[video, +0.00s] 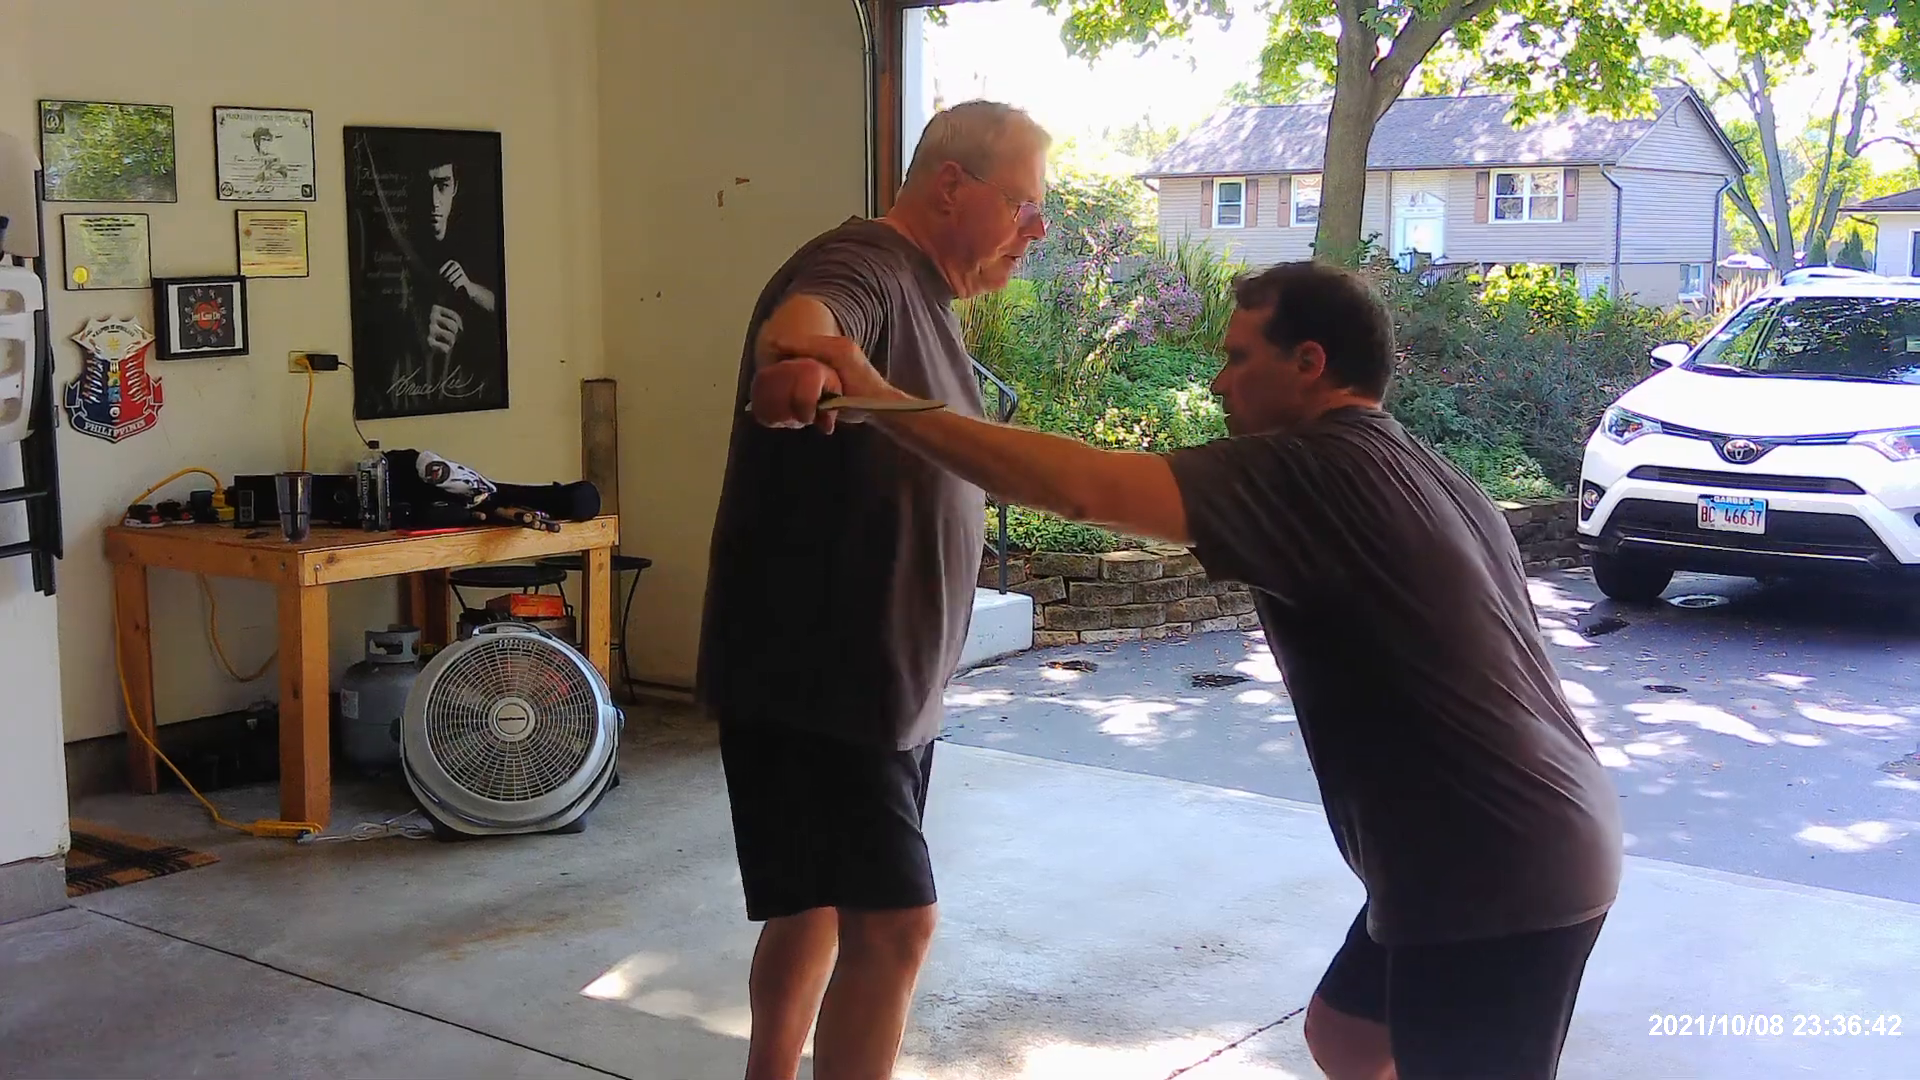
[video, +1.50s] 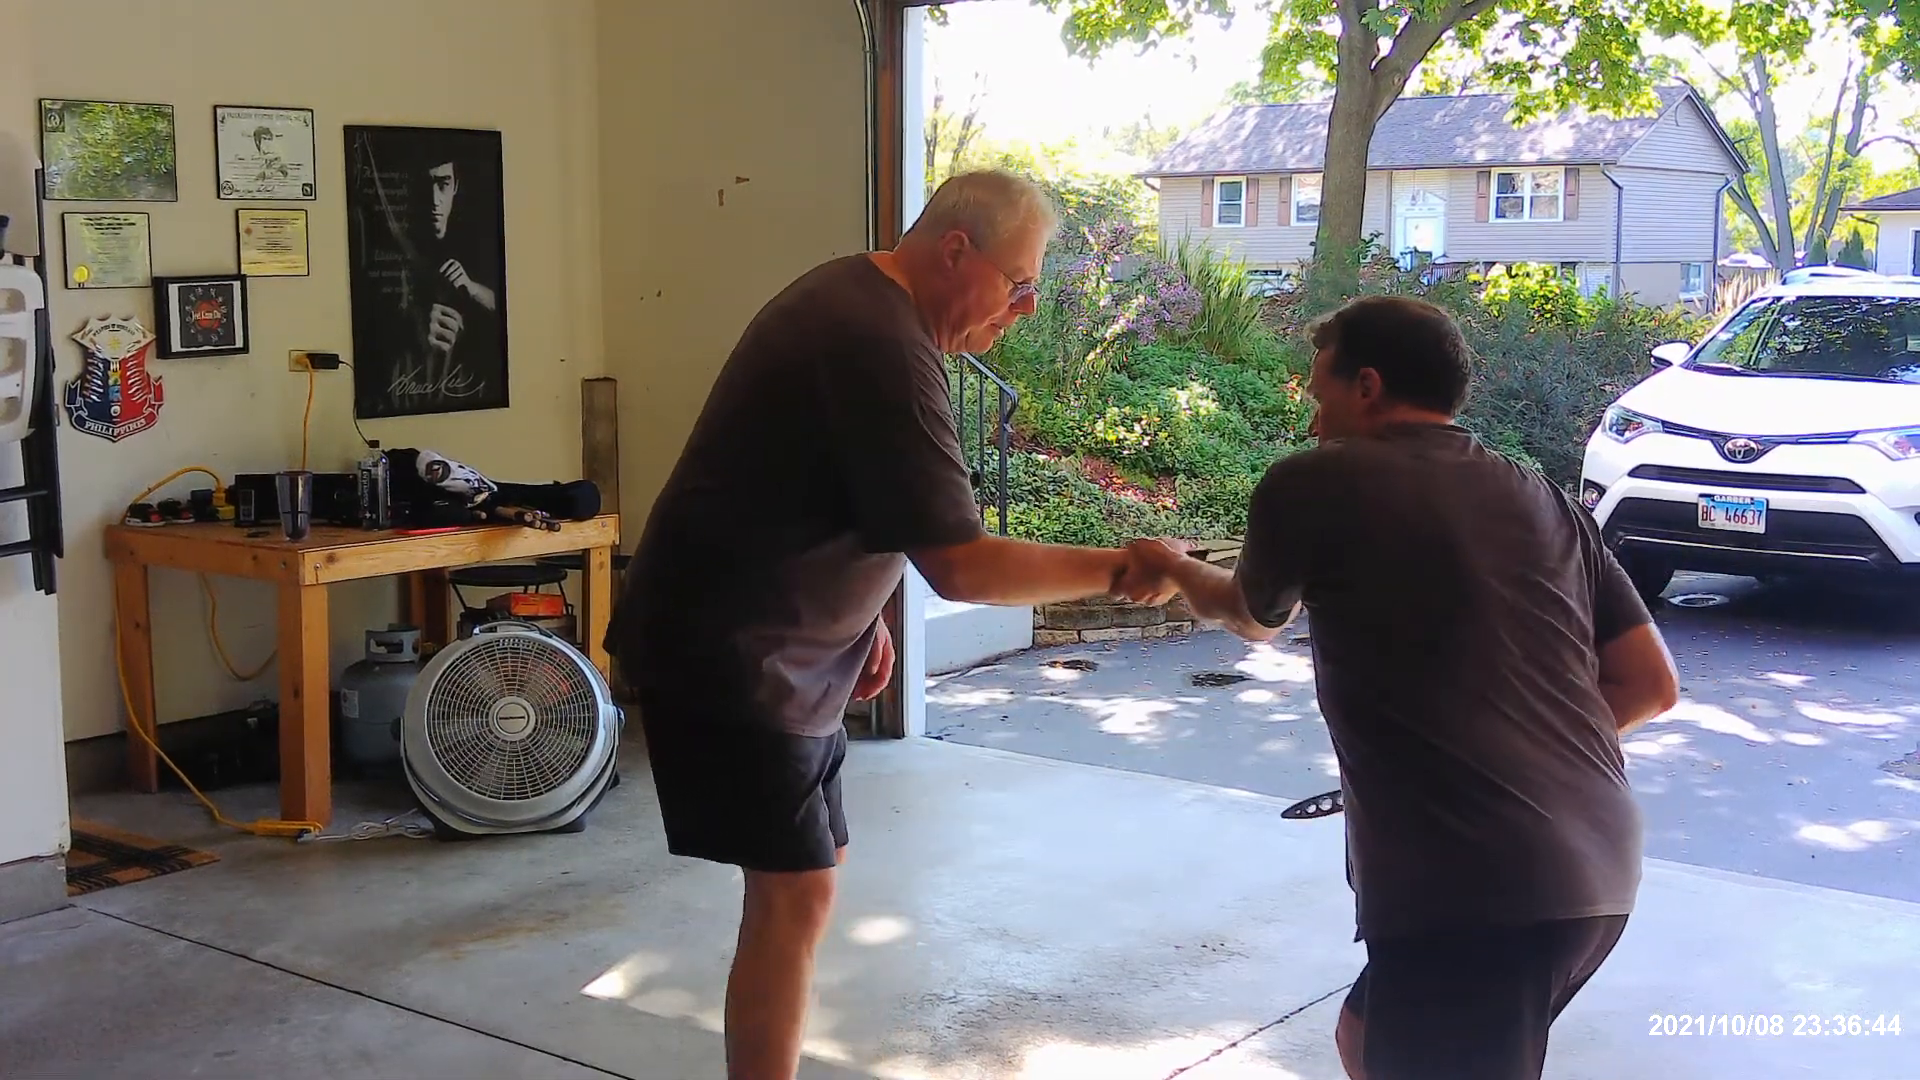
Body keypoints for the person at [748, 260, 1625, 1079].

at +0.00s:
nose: (1220, 377)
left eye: (1238, 355)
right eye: (1225, 354)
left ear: (1310, 364)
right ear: (1330, 370)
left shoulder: (1326, 466)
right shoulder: (1437, 474)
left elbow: (1095, 484)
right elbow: (1523, 653)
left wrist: (885, 405)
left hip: (1495, 871)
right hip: (1514, 842)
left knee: (1453, 1068)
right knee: (1348, 1029)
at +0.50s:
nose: (1246, 393)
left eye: (1257, 370)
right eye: (1246, 370)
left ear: (1321, 364)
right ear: (1354, 369)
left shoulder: (1340, 465)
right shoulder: (1472, 473)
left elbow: (1116, 542)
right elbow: (1597, 654)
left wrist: (889, 543)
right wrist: (1500, 776)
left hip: (1508, 874)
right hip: (1563, 842)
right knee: (1360, 1036)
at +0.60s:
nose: (1251, 404)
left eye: (1260, 378)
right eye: (1250, 380)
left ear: (1325, 374)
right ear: (1371, 381)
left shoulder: (1328, 478)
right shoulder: (1482, 476)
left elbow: (1128, 600)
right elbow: (1620, 634)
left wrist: (902, 626)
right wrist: (1528, 757)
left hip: (1517, 875)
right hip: (1589, 845)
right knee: (1370, 1036)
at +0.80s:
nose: (1260, 434)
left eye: (1267, 407)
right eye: (1258, 409)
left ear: (1323, 394)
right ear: (1381, 395)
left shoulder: (1317, 502)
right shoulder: (1502, 477)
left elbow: (1155, 686)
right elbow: (1665, 609)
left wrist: (965, 741)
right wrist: (1556, 723)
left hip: (1535, 892)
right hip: (1623, 856)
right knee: (1388, 1042)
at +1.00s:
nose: (1282, 438)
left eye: (1286, 411)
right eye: (1279, 413)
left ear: (1339, 399)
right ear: (1412, 397)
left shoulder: (1318, 508)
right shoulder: (1534, 485)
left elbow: (1208, 704)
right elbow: (1689, 628)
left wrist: (1058, 747)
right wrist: (1565, 733)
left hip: (1534, 896)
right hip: (1641, 862)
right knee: (1401, 1036)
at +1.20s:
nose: (1295, 419)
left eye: (1301, 394)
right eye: (1294, 394)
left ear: (1352, 394)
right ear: (1437, 401)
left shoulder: (1313, 501)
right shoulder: (1552, 491)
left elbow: (1262, 672)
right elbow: (1696, 639)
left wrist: (1168, 665)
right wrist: (1574, 725)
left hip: (1507, 897)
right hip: (1637, 878)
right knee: (1392, 1037)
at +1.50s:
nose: (1313, 408)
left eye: (1321, 385)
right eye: (1315, 386)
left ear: (1369, 388)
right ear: (1443, 396)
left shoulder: (1312, 482)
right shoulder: (1541, 496)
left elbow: (1254, 611)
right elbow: (1647, 681)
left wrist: (1178, 566)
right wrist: (1514, 754)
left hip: (1472, 883)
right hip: (1603, 869)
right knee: (1367, 1032)